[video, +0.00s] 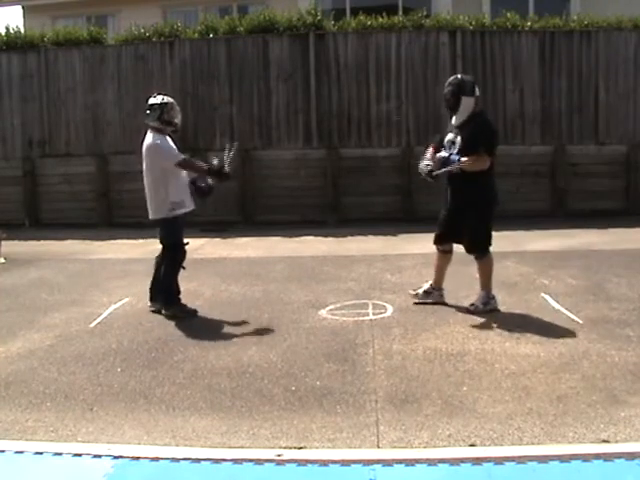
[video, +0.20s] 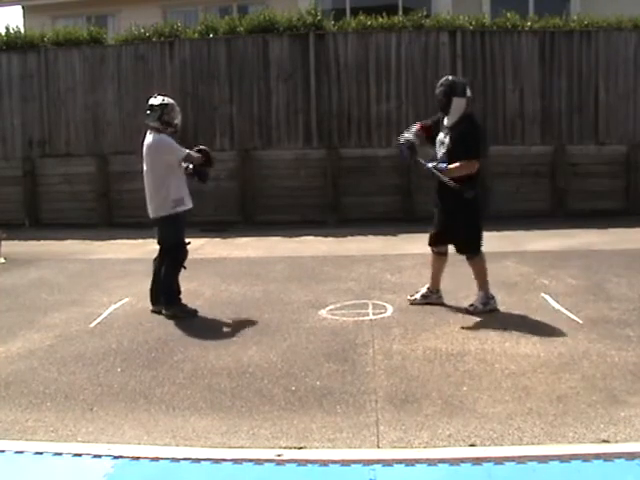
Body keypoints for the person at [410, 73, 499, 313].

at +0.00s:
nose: (447, 101)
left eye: (452, 96)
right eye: (447, 96)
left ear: (467, 98)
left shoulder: (481, 124)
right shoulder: (456, 123)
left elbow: (484, 161)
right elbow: (448, 151)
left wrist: (451, 165)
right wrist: (433, 157)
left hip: (478, 200)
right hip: (457, 197)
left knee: (479, 247)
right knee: (444, 241)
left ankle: (486, 295)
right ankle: (436, 287)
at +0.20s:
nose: (441, 103)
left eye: (447, 98)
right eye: (442, 98)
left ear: (459, 100)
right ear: (450, 100)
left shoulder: (470, 126)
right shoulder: (443, 122)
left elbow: (472, 164)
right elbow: (421, 129)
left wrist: (444, 169)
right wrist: (410, 136)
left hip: (465, 196)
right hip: (447, 194)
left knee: (470, 247)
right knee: (439, 243)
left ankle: (485, 295)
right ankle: (433, 289)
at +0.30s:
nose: (435, 104)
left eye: (439, 100)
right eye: (435, 99)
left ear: (451, 101)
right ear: (442, 101)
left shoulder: (461, 127)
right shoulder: (442, 120)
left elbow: (462, 165)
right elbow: (422, 112)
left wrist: (435, 173)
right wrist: (406, 120)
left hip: (455, 196)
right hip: (441, 194)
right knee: (435, 244)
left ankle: (484, 293)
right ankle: (432, 290)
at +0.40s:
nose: (429, 103)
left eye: (433, 99)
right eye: (430, 99)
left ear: (446, 102)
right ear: (441, 101)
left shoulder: (454, 128)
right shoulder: (441, 118)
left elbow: (453, 166)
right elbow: (426, 104)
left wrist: (427, 171)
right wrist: (405, 111)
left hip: (449, 194)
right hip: (438, 192)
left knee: (442, 242)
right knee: (436, 241)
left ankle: (480, 289)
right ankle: (432, 290)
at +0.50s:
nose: (422, 100)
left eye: (426, 97)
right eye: (424, 97)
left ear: (437, 101)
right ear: (443, 101)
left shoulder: (443, 127)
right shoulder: (446, 120)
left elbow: (438, 164)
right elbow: (426, 98)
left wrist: (414, 165)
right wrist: (403, 102)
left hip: (441, 193)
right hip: (435, 191)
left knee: (439, 243)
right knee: (432, 242)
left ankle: (474, 286)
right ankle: (432, 289)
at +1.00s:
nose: (419, 100)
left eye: (423, 96)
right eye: (420, 96)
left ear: (433, 100)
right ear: (440, 100)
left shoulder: (439, 127)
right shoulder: (443, 120)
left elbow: (430, 164)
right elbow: (429, 93)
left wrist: (407, 158)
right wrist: (407, 82)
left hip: (436, 194)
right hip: (431, 192)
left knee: (439, 243)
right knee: (428, 241)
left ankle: (474, 285)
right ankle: (431, 289)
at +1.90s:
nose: (439, 107)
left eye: (443, 101)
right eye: (440, 101)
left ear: (455, 102)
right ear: (446, 102)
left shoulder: (471, 129)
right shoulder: (446, 128)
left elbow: (479, 160)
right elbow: (434, 158)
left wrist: (456, 182)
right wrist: (410, 168)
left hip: (465, 199)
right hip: (442, 196)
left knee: (471, 250)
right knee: (421, 239)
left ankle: (486, 296)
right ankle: (413, 287)